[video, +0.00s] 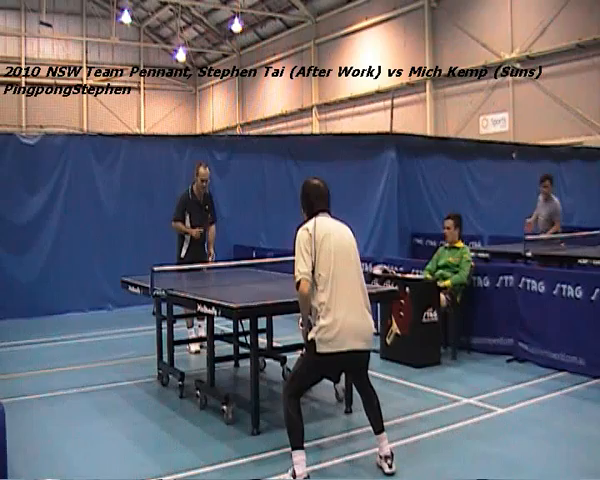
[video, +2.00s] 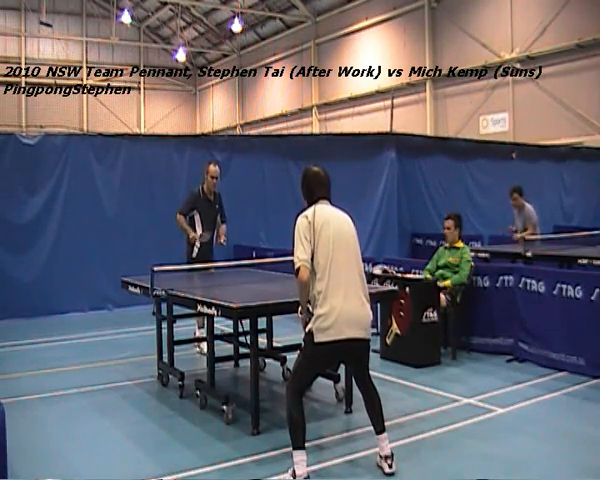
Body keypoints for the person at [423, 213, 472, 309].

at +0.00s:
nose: (445, 232)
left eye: (448, 228)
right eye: (444, 228)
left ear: (457, 230)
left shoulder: (464, 251)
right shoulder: (442, 249)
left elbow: (463, 276)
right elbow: (429, 268)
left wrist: (445, 283)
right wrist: (429, 277)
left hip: (452, 286)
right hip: (435, 282)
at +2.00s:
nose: (445, 232)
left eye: (448, 229)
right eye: (444, 229)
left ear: (457, 230)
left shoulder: (464, 251)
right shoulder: (442, 249)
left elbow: (463, 276)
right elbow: (429, 267)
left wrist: (445, 283)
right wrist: (428, 277)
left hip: (453, 284)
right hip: (436, 281)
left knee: (442, 298)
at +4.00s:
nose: (445, 232)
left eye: (448, 229)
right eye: (444, 229)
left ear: (457, 230)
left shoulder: (464, 251)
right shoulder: (442, 249)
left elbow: (463, 276)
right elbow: (430, 266)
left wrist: (447, 283)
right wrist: (428, 275)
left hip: (453, 284)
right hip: (435, 281)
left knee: (442, 298)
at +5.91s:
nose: (445, 230)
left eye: (449, 227)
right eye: (444, 227)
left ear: (458, 230)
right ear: (442, 229)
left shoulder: (465, 251)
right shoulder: (442, 249)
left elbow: (463, 276)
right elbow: (429, 268)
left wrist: (445, 283)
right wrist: (428, 277)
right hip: (436, 282)